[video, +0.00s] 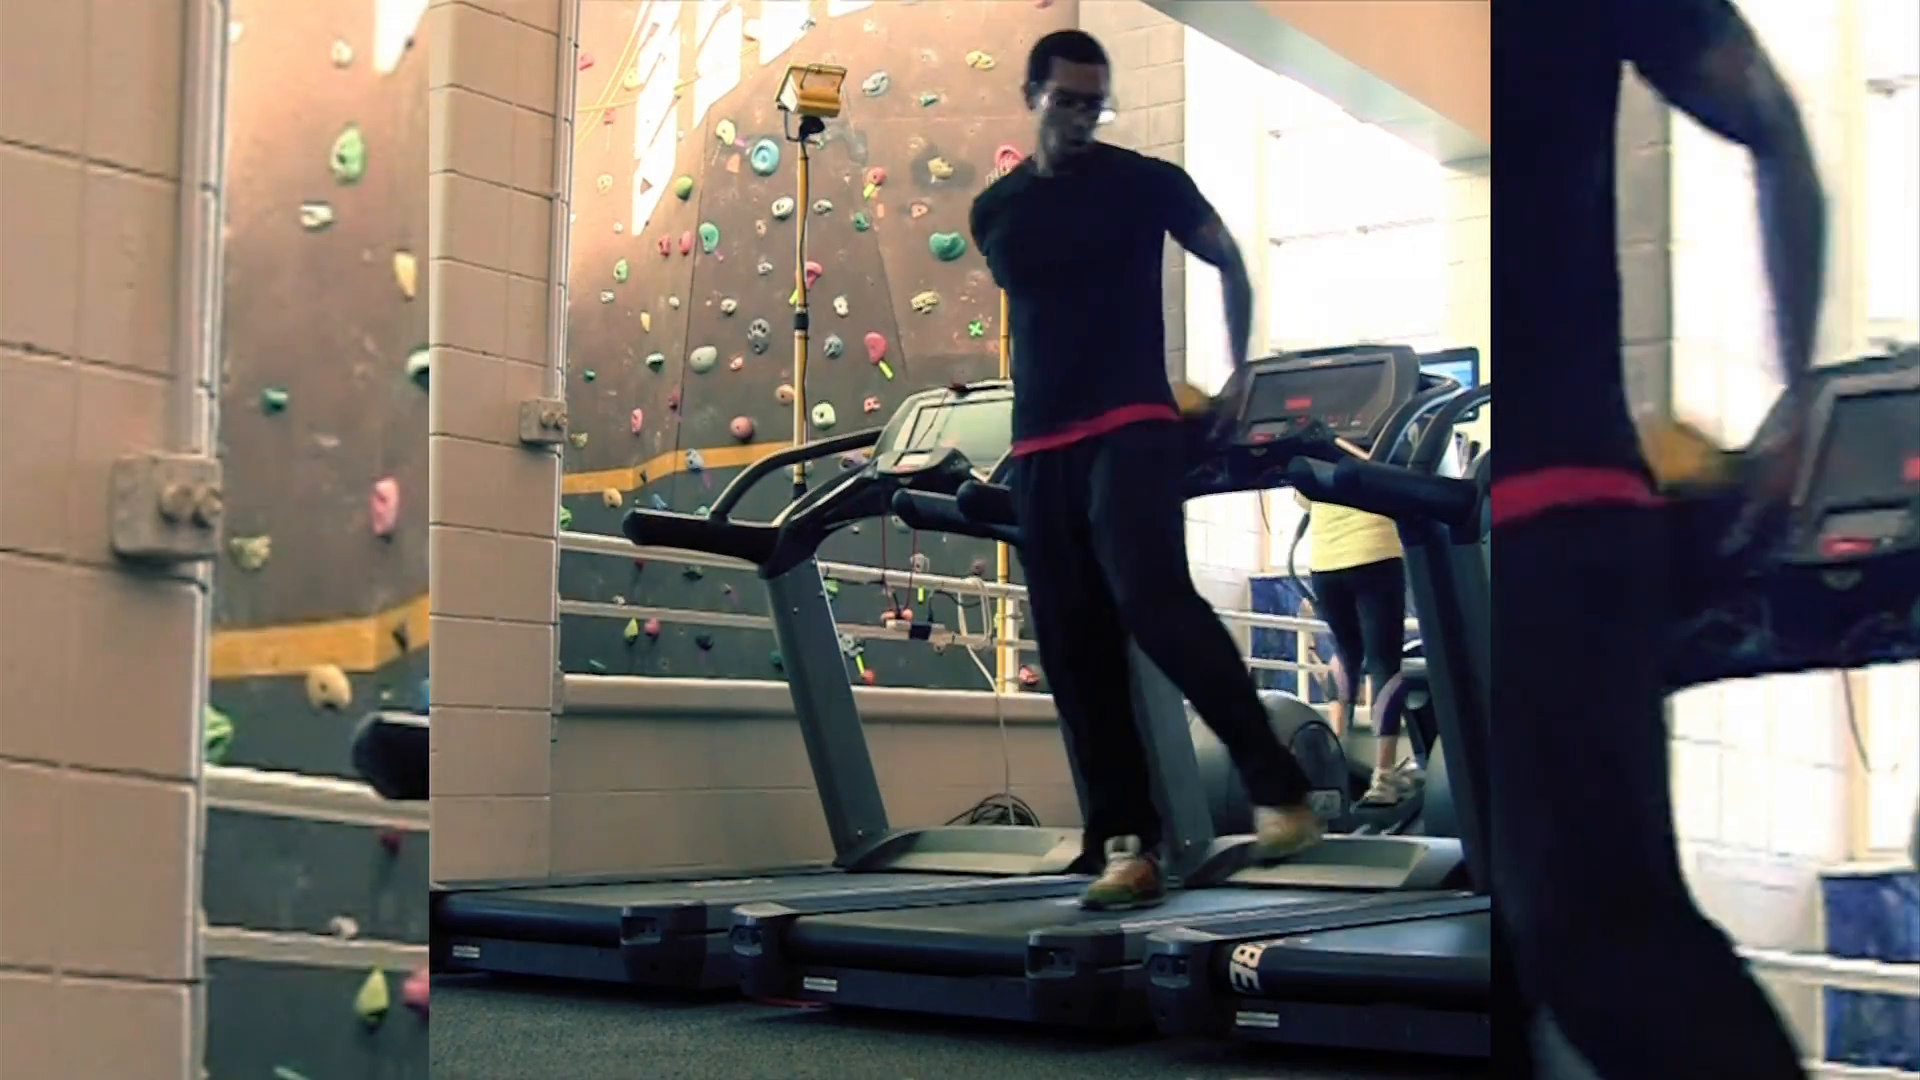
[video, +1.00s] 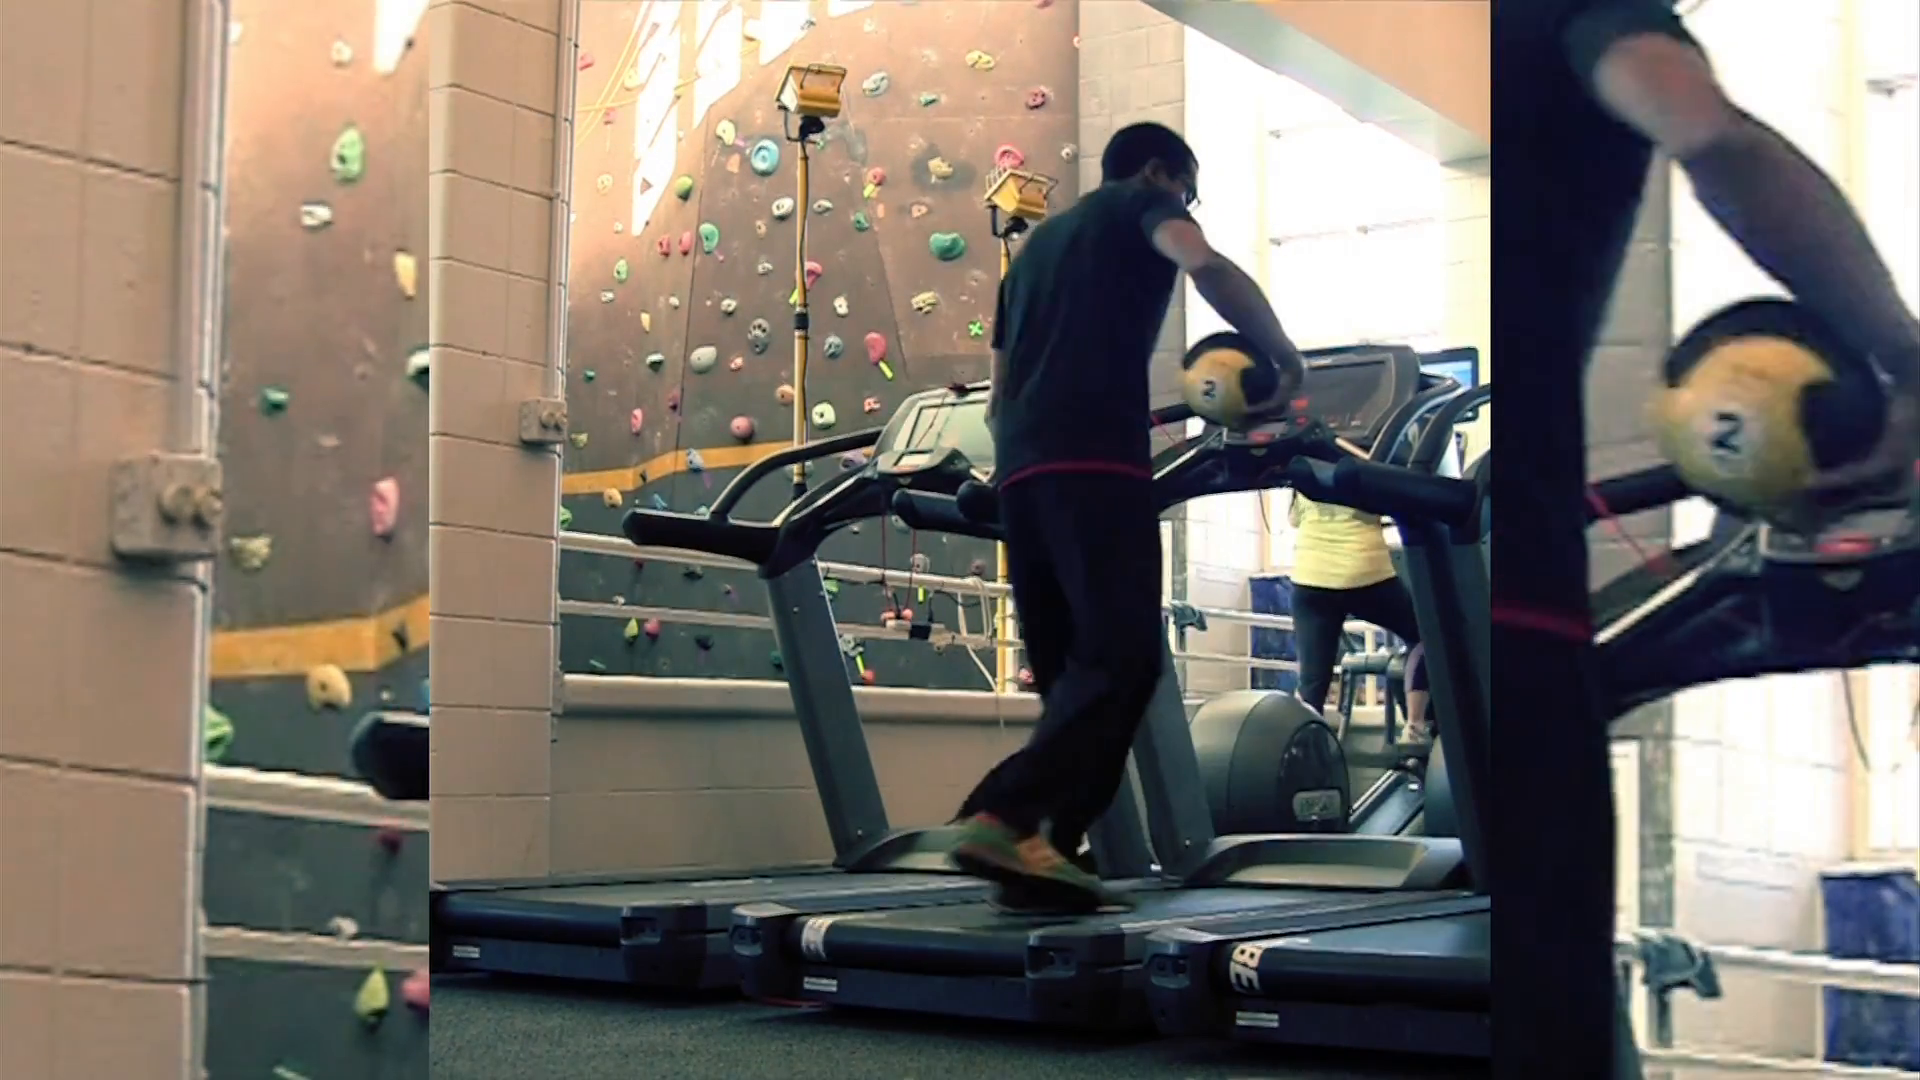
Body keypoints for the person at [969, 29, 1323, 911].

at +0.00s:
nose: (1083, 118)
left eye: (1095, 104)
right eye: (1068, 102)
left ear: (1108, 105)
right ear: (1030, 100)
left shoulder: (1149, 183)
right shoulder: (994, 210)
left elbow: (1230, 266)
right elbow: (1025, 310)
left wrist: (1241, 372)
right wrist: (1025, 425)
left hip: (1136, 427)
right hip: (1044, 445)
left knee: (1153, 603)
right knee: (1076, 653)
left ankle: (1283, 796)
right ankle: (1130, 845)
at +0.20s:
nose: (1140, 120)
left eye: (1149, 107)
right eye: (1127, 101)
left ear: (1148, 109)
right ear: (1076, 93)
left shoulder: (1164, 202)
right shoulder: (1000, 197)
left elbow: (1171, 324)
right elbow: (948, 299)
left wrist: (1162, 416)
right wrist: (968, 420)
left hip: (1151, 452)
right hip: (1049, 460)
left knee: (1208, 626)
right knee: (1060, 660)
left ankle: (1306, 803)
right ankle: (1086, 851)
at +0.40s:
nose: (1181, 128)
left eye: (1187, 115)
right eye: (1172, 108)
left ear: (1152, 110)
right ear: (1118, 94)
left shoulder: (1157, 215)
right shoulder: (1019, 178)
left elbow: (1135, 322)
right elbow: (905, 253)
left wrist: (1161, 412)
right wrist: (874, 370)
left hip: (1163, 456)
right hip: (1061, 455)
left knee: (1234, 628)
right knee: (1047, 648)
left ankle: (1229, 813)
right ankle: (1047, 843)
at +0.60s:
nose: (1192, 146)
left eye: (1197, 133)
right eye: (1187, 125)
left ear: (1147, 113)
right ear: (1141, 104)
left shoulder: (1124, 207)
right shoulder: (1068, 158)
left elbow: (1080, 335)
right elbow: (946, 214)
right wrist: (960, 318)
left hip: (1142, 455)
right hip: (1071, 447)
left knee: (1200, 627)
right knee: (1057, 639)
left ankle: (1141, 835)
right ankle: (1023, 844)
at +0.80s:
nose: (1188, 180)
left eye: (1195, 165)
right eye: (1187, 159)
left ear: (1136, 137)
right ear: (1150, 138)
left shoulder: (1060, 224)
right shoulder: (1096, 188)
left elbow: (1013, 369)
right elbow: (1089, 229)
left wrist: (1028, 489)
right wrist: (1175, 309)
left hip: (1075, 462)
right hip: (1082, 456)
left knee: (1156, 642)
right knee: (1088, 642)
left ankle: (1087, 856)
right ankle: (984, 857)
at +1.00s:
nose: (1188, 203)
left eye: (1190, 193)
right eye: (1185, 189)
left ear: (1110, 170)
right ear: (1156, 169)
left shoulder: (1030, 249)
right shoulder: (1144, 200)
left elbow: (1003, 393)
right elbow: (1206, 266)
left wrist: (1019, 475)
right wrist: (1288, 363)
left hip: (1022, 475)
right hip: (1096, 462)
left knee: (1068, 671)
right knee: (1126, 660)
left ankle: (1043, 850)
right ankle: (1006, 818)